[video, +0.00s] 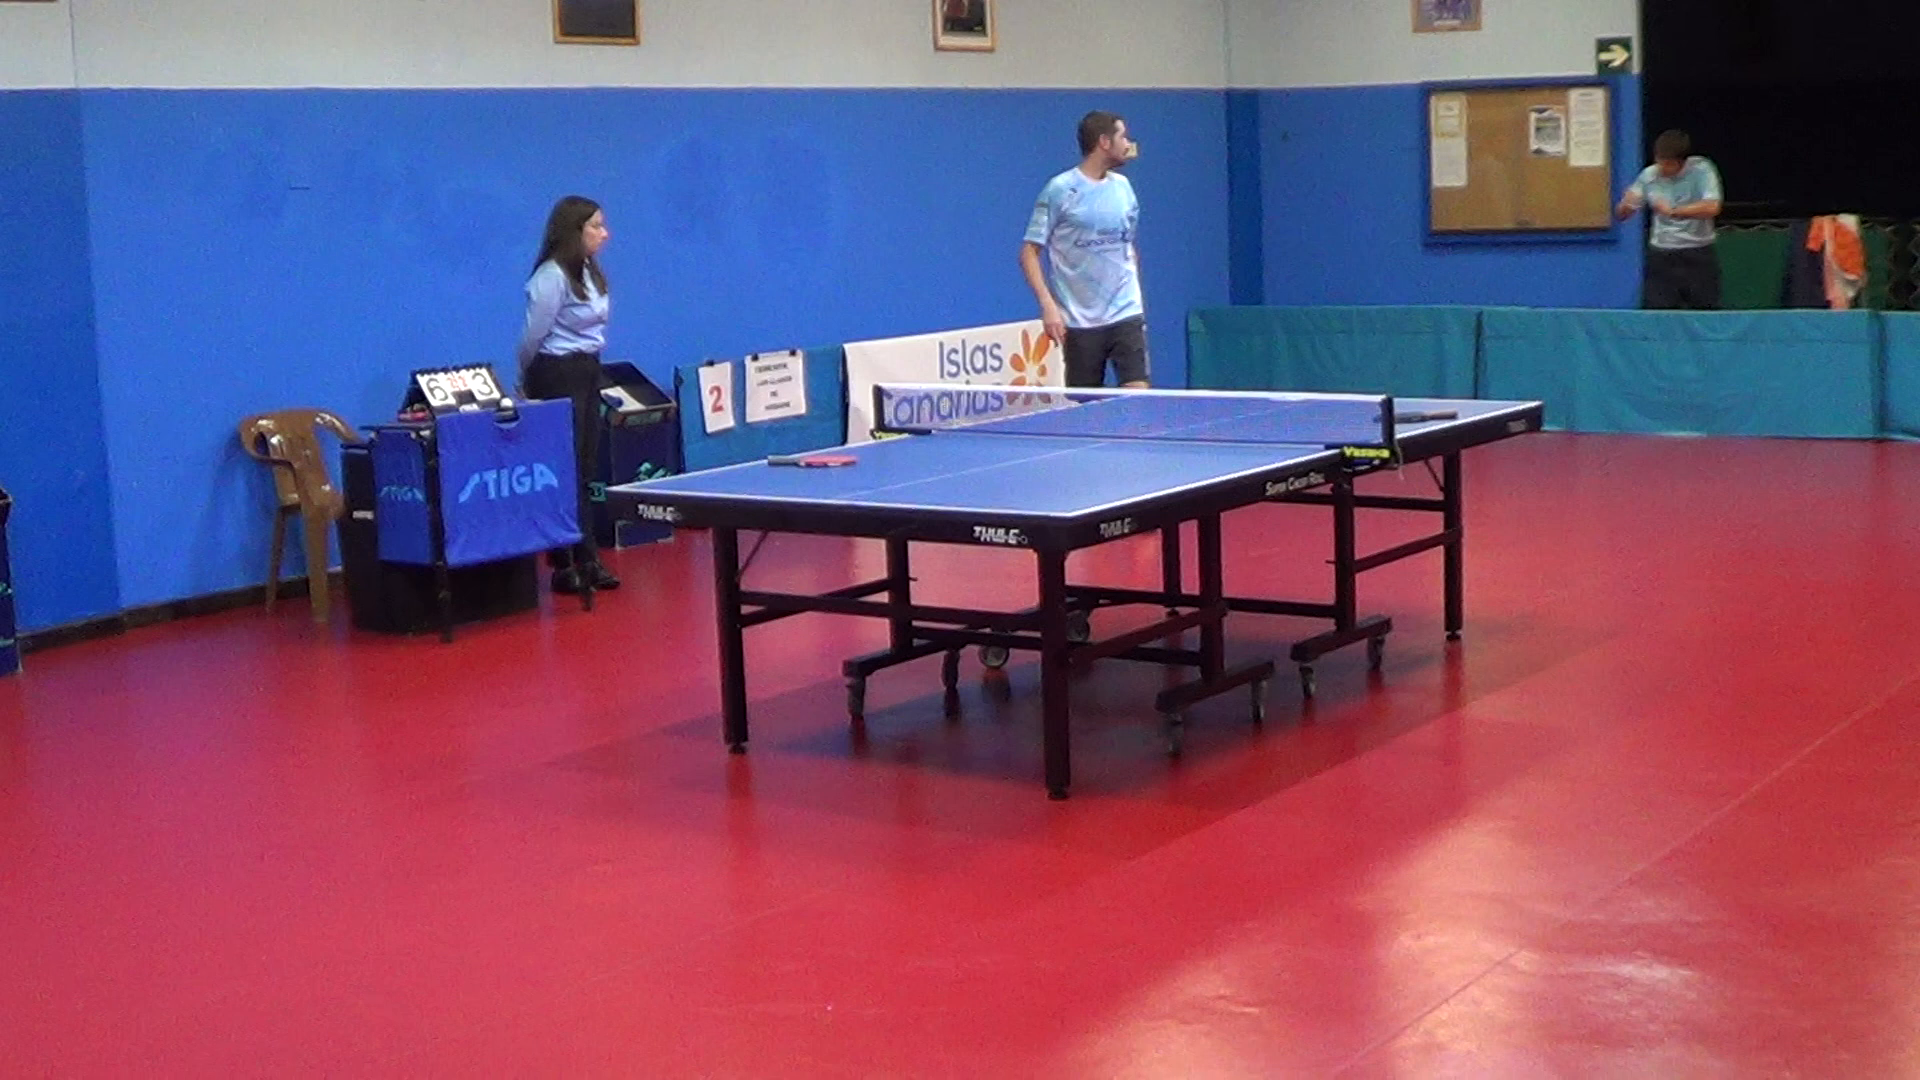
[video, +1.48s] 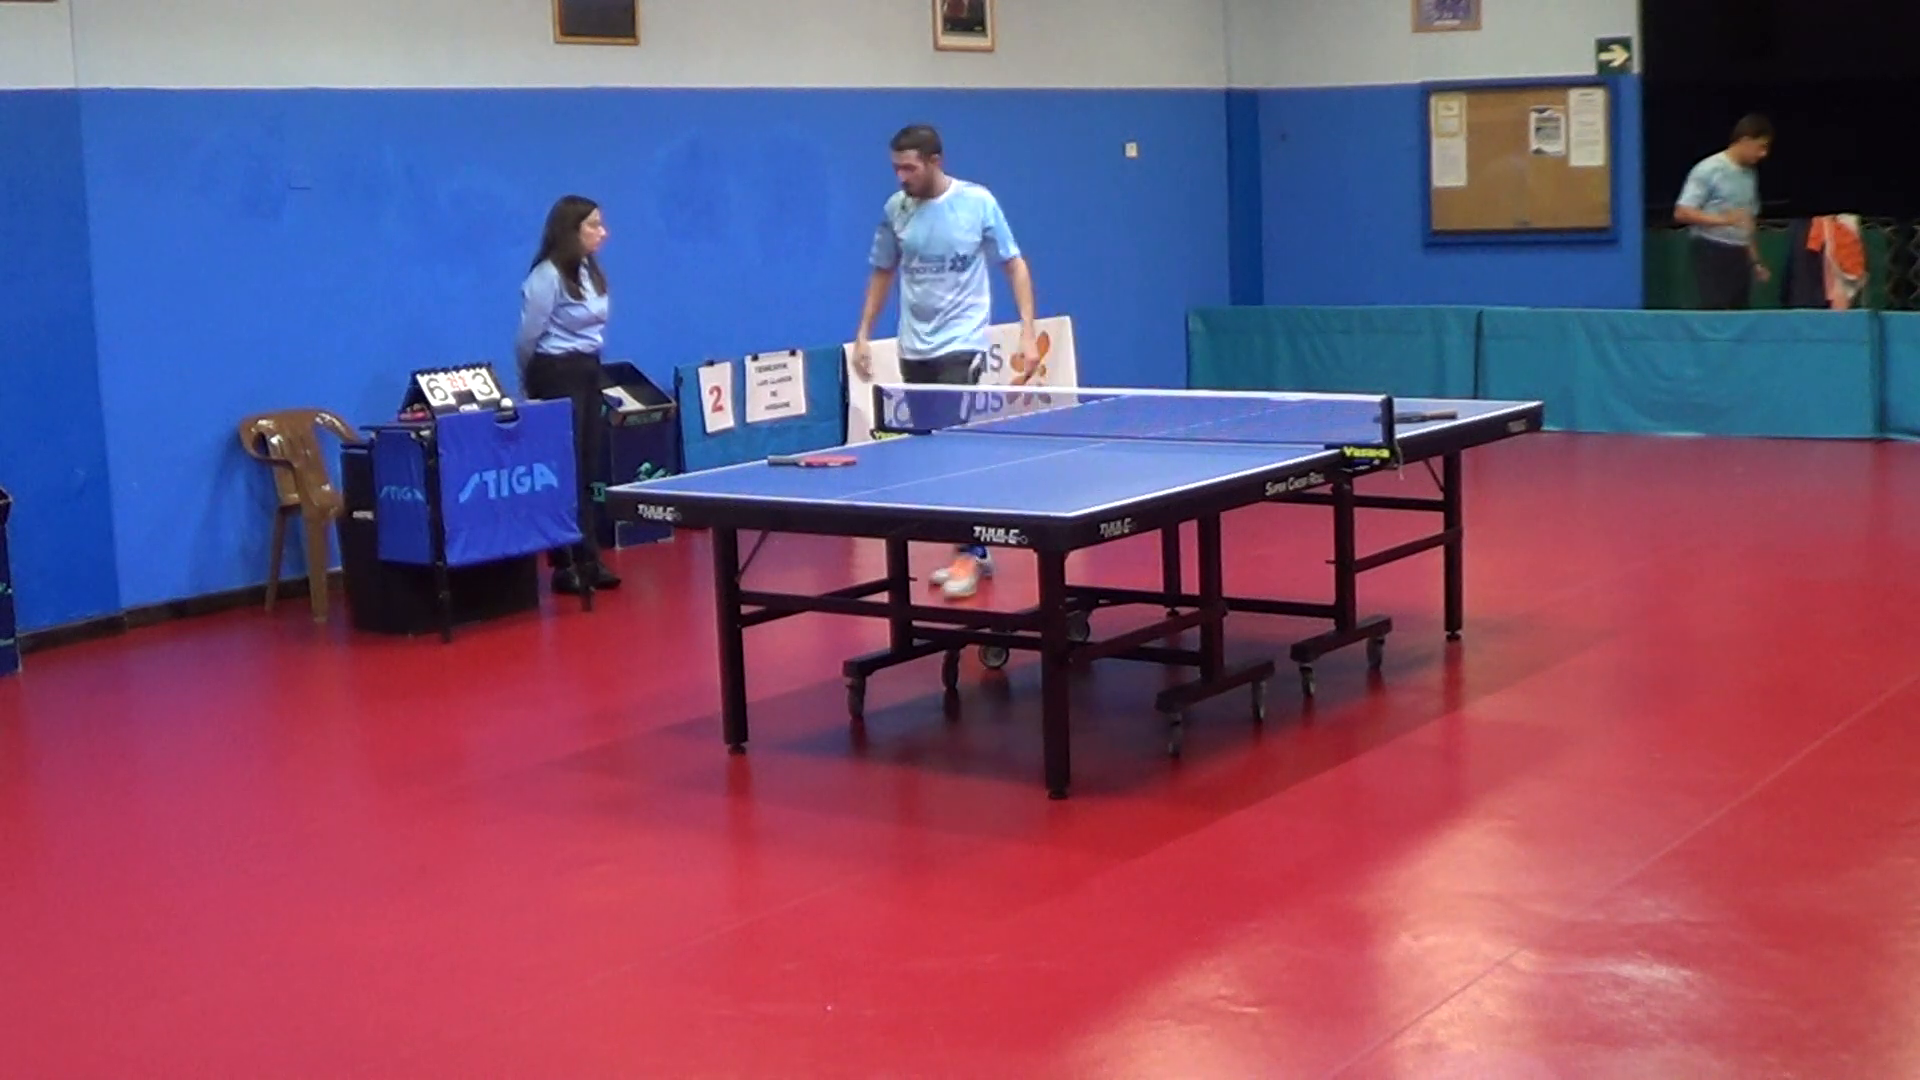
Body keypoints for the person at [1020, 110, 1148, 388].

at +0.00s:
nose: (1128, 143)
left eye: (1127, 136)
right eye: (1123, 137)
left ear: (1105, 143)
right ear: (1104, 142)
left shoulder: (1123, 186)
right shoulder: (1059, 189)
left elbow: (1129, 247)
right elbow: (1029, 253)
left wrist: (1136, 302)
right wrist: (1048, 308)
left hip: (1126, 314)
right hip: (1079, 321)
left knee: (1138, 401)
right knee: (1083, 411)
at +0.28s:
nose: (1110, 155)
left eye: (1109, 147)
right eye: (1105, 147)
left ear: (1086, 150)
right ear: (1084, 150)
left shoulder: (1106, 194)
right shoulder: (1038, 195)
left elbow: (1120, 251)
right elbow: (1008, 258)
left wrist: (1137, 309)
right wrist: (1029, 311)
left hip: (1099, 319)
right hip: (1054, 323)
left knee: (1088, 406)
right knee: (1060, 408)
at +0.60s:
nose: (1092, 169)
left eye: (1093, 160)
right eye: (1088, 159)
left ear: (1067, 156)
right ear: (1065, 155)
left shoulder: (1086, 201)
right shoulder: (1014, 196)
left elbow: (1108, 261)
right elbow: (978, 254)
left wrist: (1132, 318)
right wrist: (962, 315)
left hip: (1072, 334)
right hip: (1023, 333)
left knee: (1065, 423)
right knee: (1021, 423)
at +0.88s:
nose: (1033, 171)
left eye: (1040, 163)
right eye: (1026, 162)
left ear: (1051, 157)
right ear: (1012, 156)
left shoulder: (1066, 200)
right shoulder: (988, 198)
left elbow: (1085, 267)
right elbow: (959, 256)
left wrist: (1066, 316)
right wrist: (939, 316)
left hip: (1052, 339)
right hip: (999, 337)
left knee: (1056, 435)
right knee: (989, 430)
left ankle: (1054, 528)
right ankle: (989, 532)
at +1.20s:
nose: (952, 178)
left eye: (959, 169)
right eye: (946, 170)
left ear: (981, 161)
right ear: (942, 167)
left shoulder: (1015, 200)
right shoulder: (938, 206)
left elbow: (1044, 267)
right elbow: (931, 271)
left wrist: (1051, 335)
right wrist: (928, 332)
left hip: (1009, 347)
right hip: (955, 347)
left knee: (1014, 444)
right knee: (959, 446)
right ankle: (975, 549)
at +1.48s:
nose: (900, 178)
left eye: (907, 169)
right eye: (896, 170)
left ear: (934, 163)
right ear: (899, 168)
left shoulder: (977, 203)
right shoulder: (896, 207)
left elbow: (1014, 264)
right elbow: (882, 271)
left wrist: (1029, 337)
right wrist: (862, 334)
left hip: (962, 346)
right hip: (914, 349)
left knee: (952, 446)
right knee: (935, 449)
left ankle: (970, 552)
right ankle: (972, 549)